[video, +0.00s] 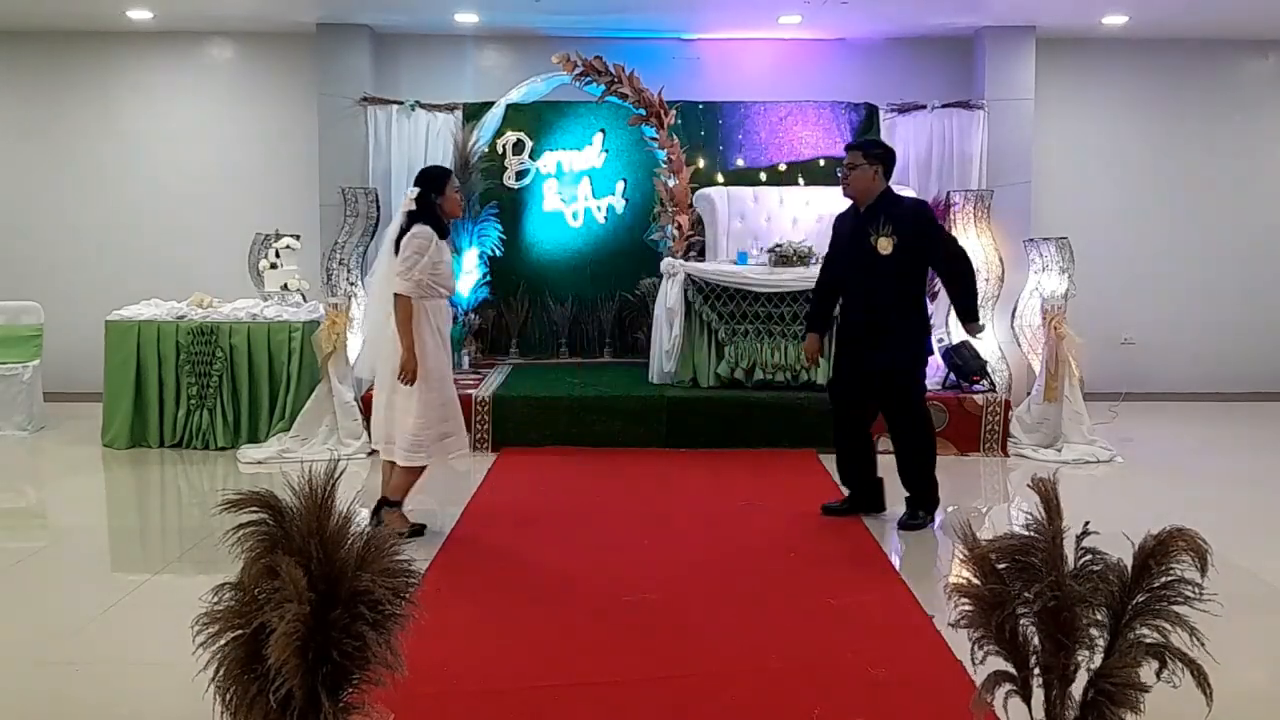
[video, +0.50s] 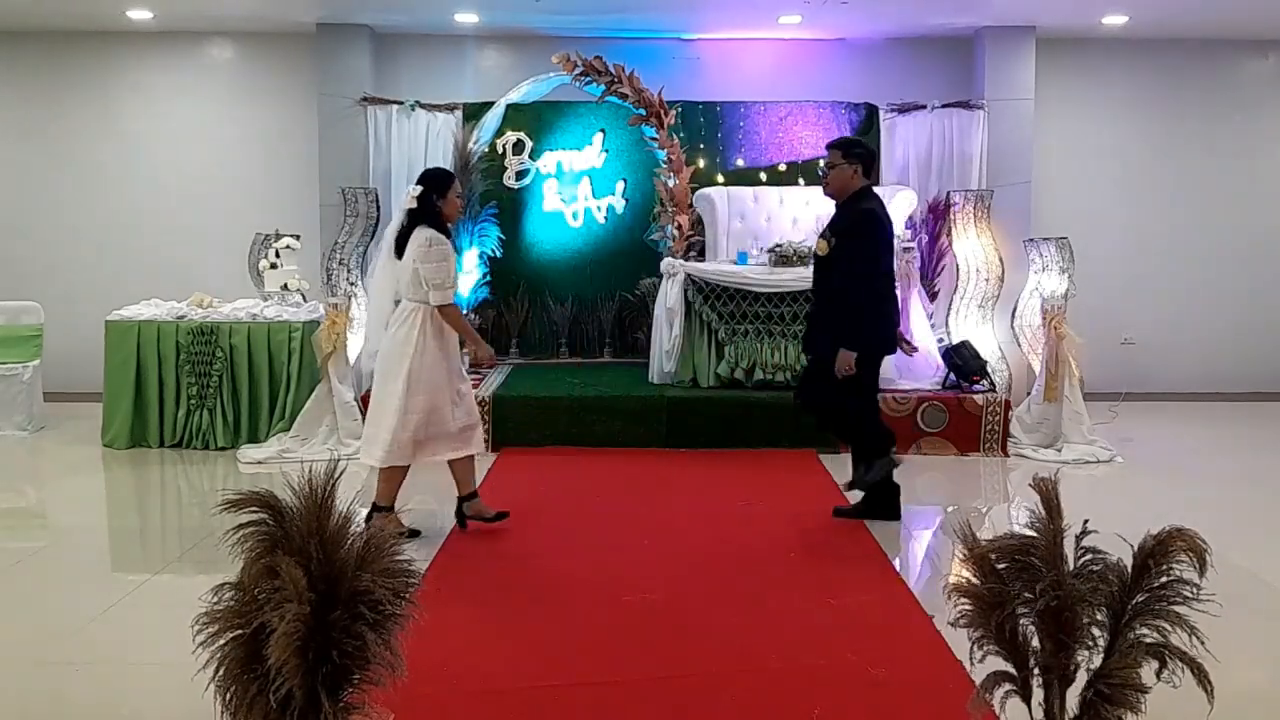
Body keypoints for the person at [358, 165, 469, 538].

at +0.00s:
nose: (461, 198)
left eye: (459, 192)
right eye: (454, 192)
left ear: (434, 197)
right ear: (436, 197)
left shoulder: (426, 232)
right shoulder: (422, 234)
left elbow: (408, 292)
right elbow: (401, 292)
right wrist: (407, 349)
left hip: (418, 341)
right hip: (419, 343)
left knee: (405, 421)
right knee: (427, 426)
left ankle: (389, 505)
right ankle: (392, 509)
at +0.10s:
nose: (457, 202)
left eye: (455, 195)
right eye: (451, 196)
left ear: (433, 201)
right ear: (431, 201)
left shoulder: (429, 240)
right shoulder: (415, 240)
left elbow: (416, 303)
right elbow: (403, 303)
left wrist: (428, 355)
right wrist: (402, 358)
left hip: (426, 345)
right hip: (415, 346)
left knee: (416, 426)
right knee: (410, 427)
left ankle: (389, 508)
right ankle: (382, 512)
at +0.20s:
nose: (456, 204)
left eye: (454, 197)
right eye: (449, 198)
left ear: (429, 202)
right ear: (429, 202)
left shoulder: (426, 243)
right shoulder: (415, 245)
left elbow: (420, 309)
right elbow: (414, 309)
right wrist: (410, 363)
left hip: (426, 354)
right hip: (408, 354)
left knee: (431, 429)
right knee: (402, 432)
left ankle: (398, 500)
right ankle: (380, 513)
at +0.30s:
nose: (456, 201)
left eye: (454, 194)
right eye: (450, 194)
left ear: (428, 198)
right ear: (430, 199)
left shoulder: (412, 238)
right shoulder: (421, 242)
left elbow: (417, 307)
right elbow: (421, 308)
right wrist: (435, 363)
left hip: (409, 352)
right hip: (407, 354)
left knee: (455, 412)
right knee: (396, 430)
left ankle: (417, 483)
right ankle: (380, 514)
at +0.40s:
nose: (459, 198)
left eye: (457, 190)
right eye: (453, 191)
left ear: (427, 195)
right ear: (434, 195)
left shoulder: (404, 231)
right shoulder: (428, 236)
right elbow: (434, 301)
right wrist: (460, 349)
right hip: (413, 344)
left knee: (455, 411)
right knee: (398, 423)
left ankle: (446, 494)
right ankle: (380, 512)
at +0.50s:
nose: (461, 202)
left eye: (460, 195)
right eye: (456, 196)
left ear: (430, 200)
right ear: (437, 201)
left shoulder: (415, 238)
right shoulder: (435, 242)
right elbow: (443, 305)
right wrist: (477, 342)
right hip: (421, 343)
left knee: (459, 419)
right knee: (405, 426)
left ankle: (469, 502)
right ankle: (381, 513)